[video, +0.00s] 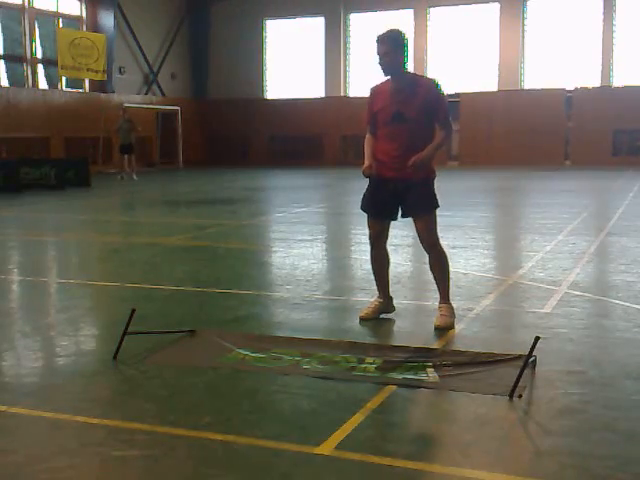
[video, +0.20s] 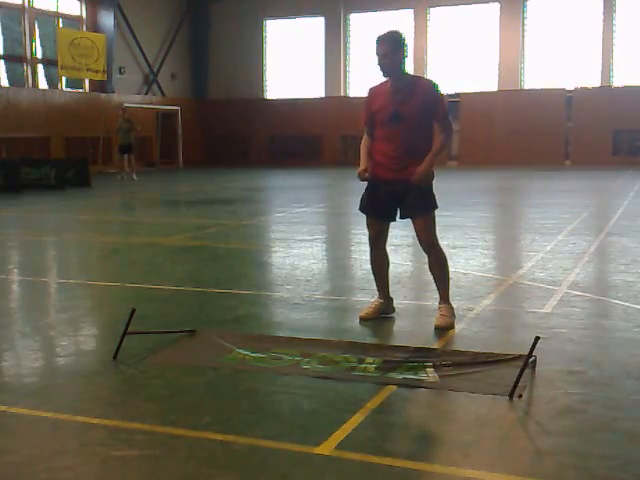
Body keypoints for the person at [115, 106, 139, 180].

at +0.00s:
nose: (125, 116)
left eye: (126, 114)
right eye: (123, 114)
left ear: (127, 114)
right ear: (122, 115)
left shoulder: (130, 123)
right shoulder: (120, 123)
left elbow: (135, 130)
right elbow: (116, 130)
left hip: (130, 142)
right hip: (123, 143)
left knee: (133, 158)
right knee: (124, 159)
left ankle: (133, 173)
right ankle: (123, 173)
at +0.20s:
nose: (123, 115)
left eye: (124, 113)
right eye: (122, 113)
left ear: (126, 113)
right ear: (120, 113)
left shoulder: (129, 122)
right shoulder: (120, 123)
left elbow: (135, 129)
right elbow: (117, 131)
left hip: (129, 142)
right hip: (122, 142)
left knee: (132, 158)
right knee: (122, 159)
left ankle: (133, 173)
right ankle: (122, 173)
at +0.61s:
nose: (123, 114)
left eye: (124, 112)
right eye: (122, 112)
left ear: (125, 113)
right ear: (120, 113)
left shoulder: (129, 121)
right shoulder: (118, 122)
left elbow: (137, 128)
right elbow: (116, 131)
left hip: (128, 142)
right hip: (121, 142)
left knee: (131, 158)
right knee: (122, 159)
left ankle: (133, 173)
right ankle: (122, 173)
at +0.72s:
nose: (122, 114)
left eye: (123, 112)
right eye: (121, 112)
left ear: (125, 113)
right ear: (119, 113)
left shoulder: (129, 122)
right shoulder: (118, 123)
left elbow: (136, 126)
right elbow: (115, 132)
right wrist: (115, 141)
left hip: (128, 142)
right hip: (120, 142)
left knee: (131, 158)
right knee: (122, 159)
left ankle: (133, 173)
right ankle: (122, 173)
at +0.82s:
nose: (122, 114)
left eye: (123, 112)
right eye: (120, 112)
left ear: (124, 113)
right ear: (119, 113)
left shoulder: (128, 122)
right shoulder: (117, 122)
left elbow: (135, 125)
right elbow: (117, 126)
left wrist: (127, 120)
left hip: (128, 142)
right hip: (120, 142)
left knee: (131, 158)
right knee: (122, 159)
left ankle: (133, 173)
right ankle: (122, 173)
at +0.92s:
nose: (121, 114)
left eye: (123, 112)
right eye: (120, 112)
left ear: (124, 113)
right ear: (119, 113)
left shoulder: (127, 122)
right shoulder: (117, 123)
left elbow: (134, 125)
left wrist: (127, 120)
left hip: (128, 142)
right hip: (120, 142)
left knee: (131, 158)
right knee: (122, 159)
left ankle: (133, 173)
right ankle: (122, 173)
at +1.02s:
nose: (121, 114)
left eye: (122, 112)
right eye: (120, 112)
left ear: (124, 113)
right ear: (118, 113)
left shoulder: (127, 122)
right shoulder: (117, 123)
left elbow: (134, 124)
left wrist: (127, 120)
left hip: (128, 142)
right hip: (120, 142)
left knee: (131, 158)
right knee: (121, 159)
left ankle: (133, 173)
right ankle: (122, 173)